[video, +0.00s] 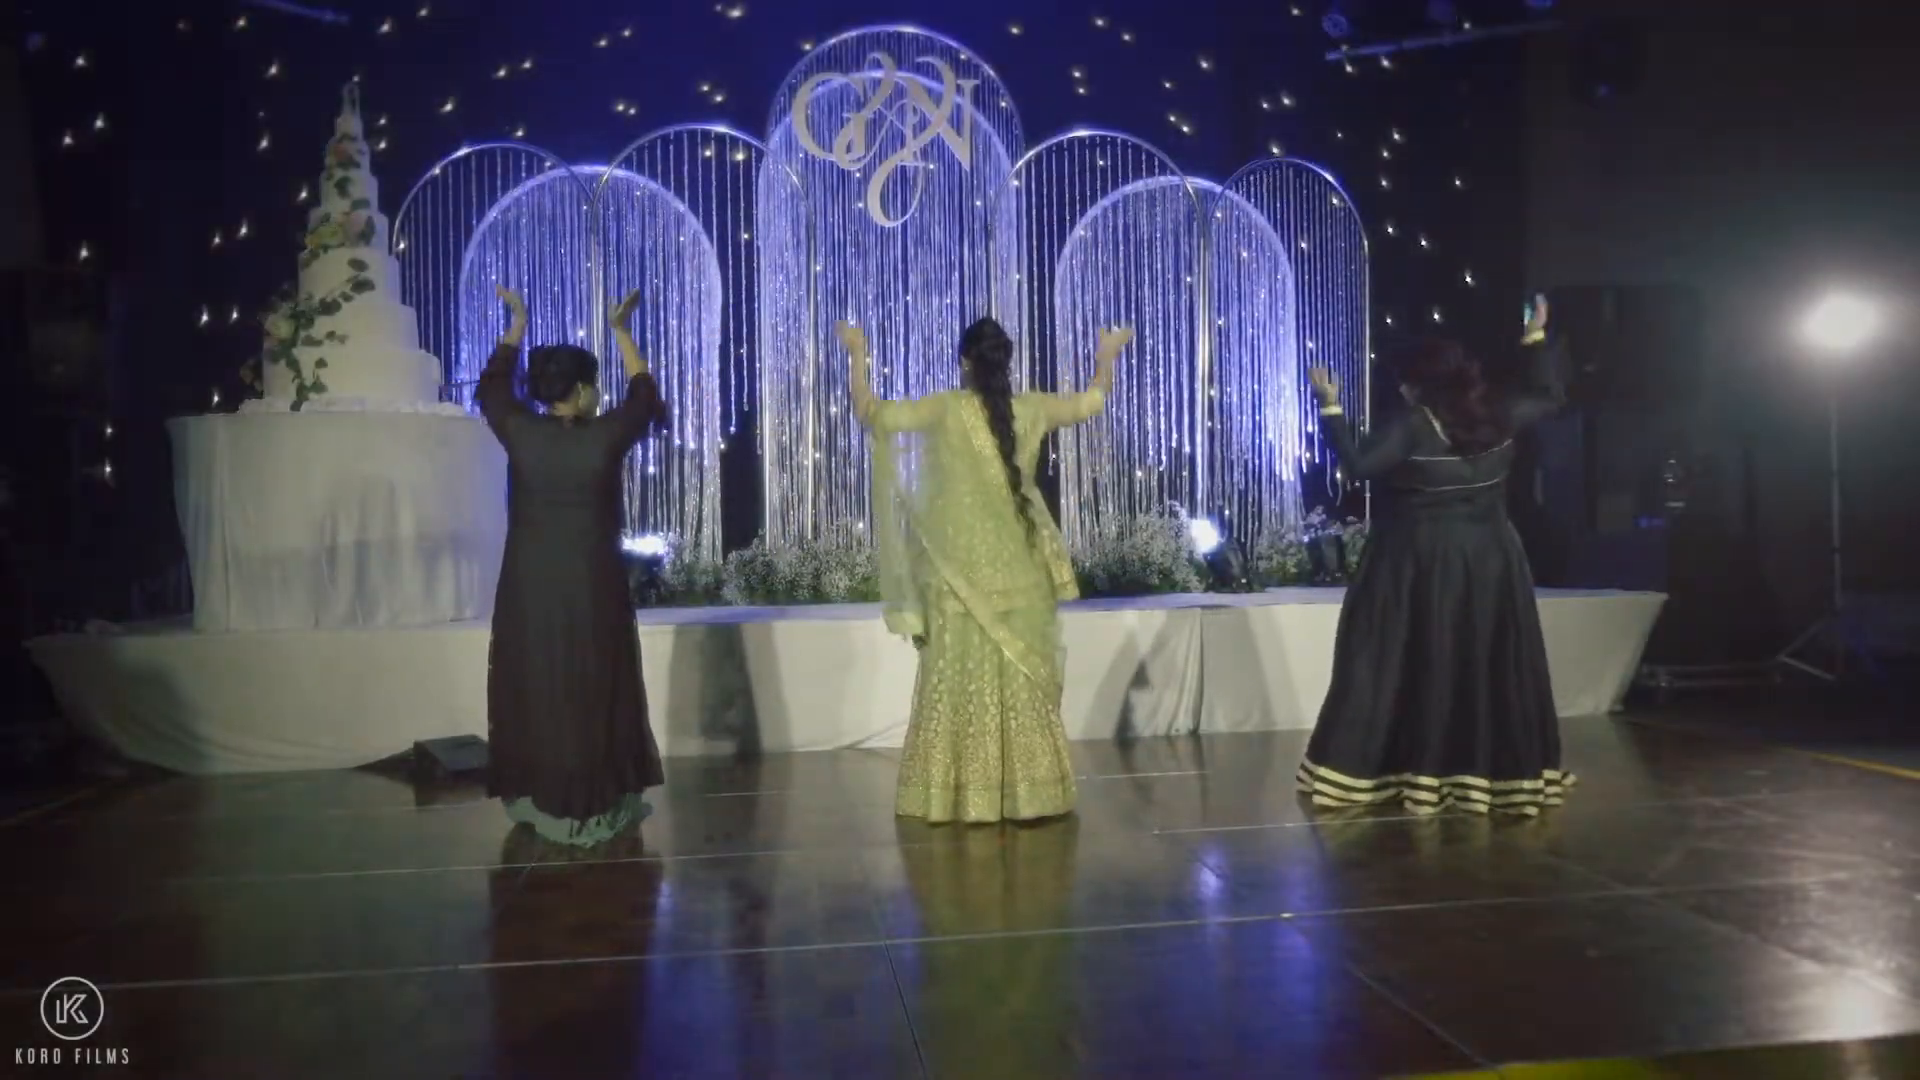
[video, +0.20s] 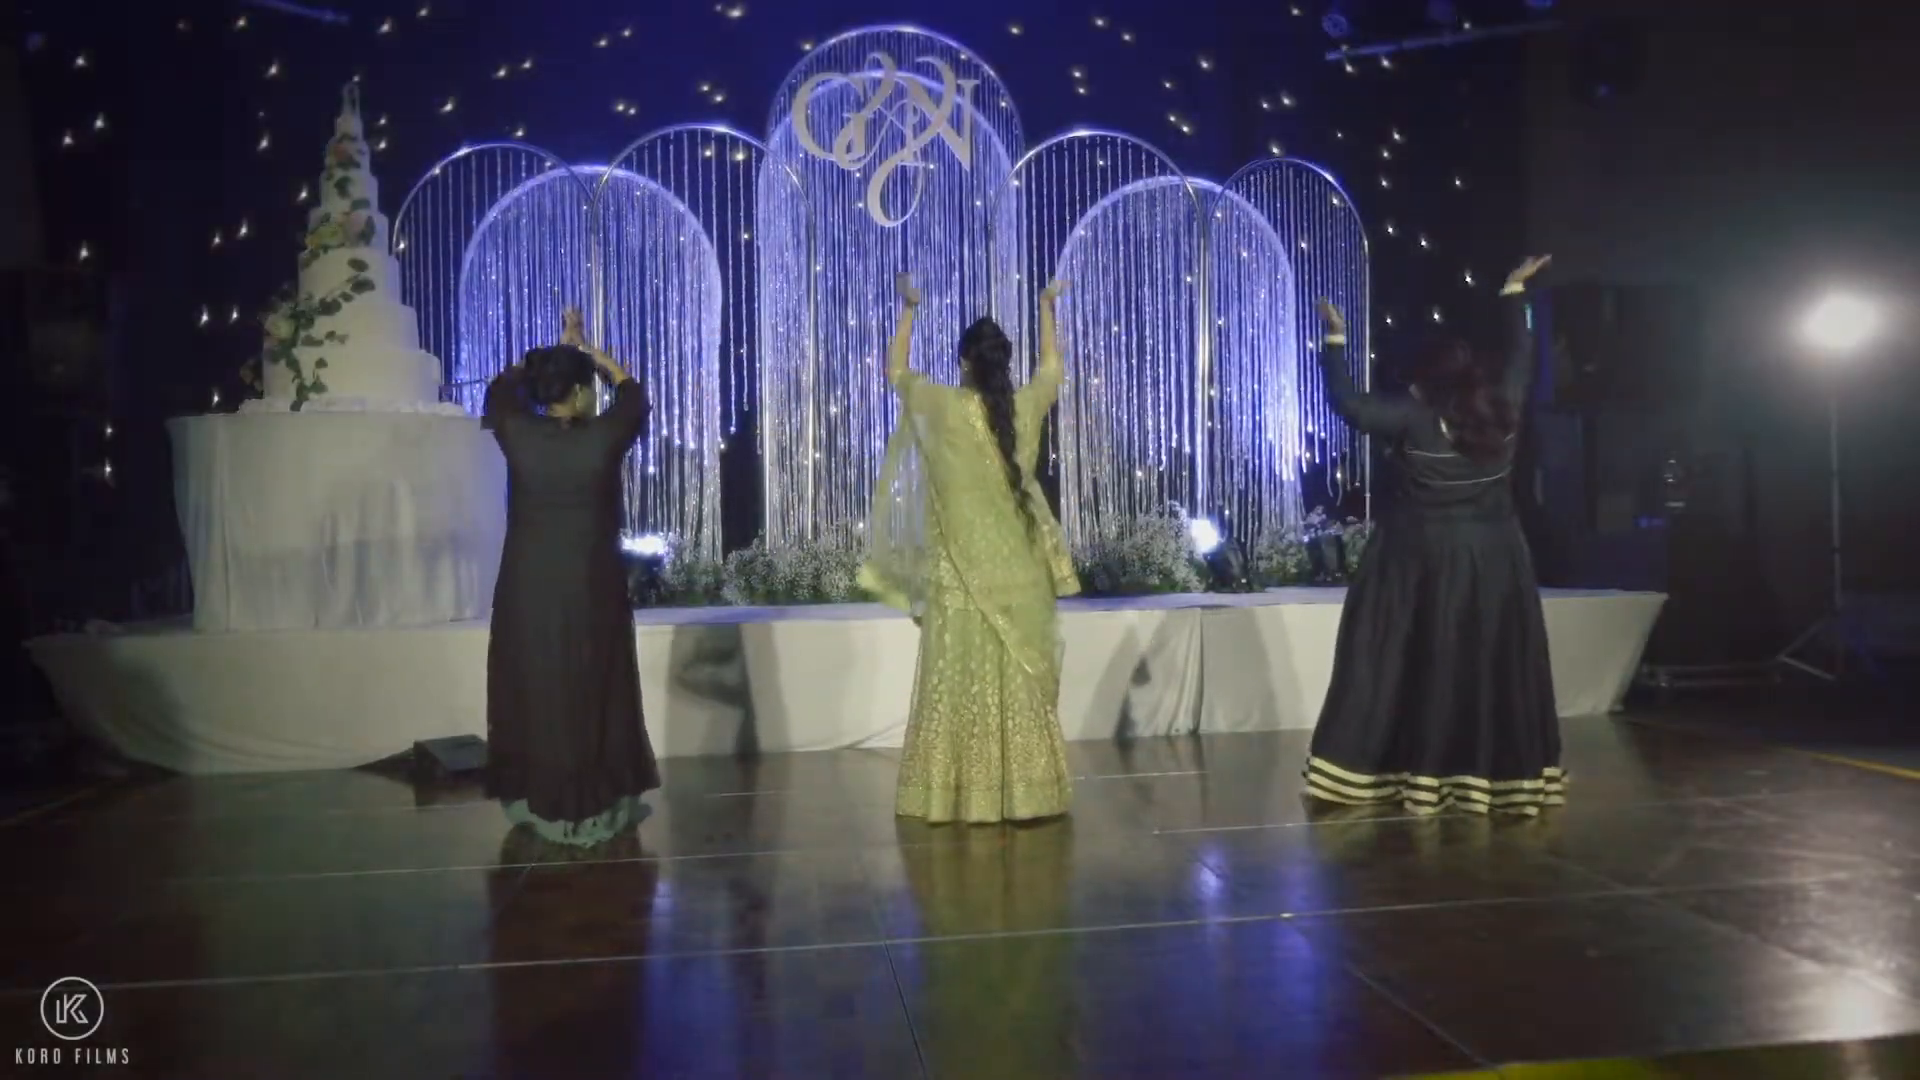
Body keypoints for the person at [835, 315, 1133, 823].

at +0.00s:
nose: (962, 364)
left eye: (962, 357)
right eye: (972, 356)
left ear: (964, 362)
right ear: (1007, 361)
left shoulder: (944, 408)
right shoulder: (1033, 408)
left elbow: (870, 413)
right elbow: (1093, 402)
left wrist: (857, 354)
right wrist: (1108, 355)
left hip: (960, 565)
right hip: (1022, 565)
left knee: (963, 684)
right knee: (1025, 681)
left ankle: (966, 796)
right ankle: (1028, 796)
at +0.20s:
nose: (968, 360)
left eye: (965, 353)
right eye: (984, 353)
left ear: (963, 362)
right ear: (1007, 364)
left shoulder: (938, 404)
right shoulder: (1025, 407)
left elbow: (896, 371)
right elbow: (1053, 365)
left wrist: (907, 311)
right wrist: (1048, 306)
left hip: (962, 564)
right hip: (1022, 561)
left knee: (961, 682)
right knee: (1024, 681)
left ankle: (962, 796)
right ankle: (1027, 795)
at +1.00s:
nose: (959, 366)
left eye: (960, 358)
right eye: (968, 358)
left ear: (962, 363)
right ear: (1005, 362)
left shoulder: (942, 407)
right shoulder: (1029, 408)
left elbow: (875, 430)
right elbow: (1089, 407)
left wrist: (879, 386)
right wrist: (1075, 362)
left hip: (958, 568)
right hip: (1018, 567)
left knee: (958, 685)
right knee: (1022, 681)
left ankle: (962, 795)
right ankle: (1025, 795)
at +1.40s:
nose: (954, 368)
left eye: (954, 361)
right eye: (957, 361)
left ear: (960, 363)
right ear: (999, 360)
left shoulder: (947, 409)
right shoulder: (1028, 412)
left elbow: (896, 456)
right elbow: (1089, 448)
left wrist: (850, 403)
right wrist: (1123, 418)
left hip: (965, 577)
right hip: (1026, 576)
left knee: (964, 691)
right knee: (1027, 688)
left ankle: (966, 797)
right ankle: (1028, 797)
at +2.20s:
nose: (943, 378)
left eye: (945, 370)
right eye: (944, 370)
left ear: (959, 369)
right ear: (988, 367)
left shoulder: (946, 412)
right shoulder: (1024, 416)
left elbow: (908, 462)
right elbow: (1069, 468)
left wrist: (844, 442)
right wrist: (1110, 469)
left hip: (966, 573)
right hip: (1026, 572)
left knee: (968, 686)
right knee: (1029, 683)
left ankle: (970, 796)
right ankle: (1028, 795)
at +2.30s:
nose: (940, 377)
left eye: (942, 369)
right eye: (941, 369)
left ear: (957, 368)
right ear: (985, 367)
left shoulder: (945, 411)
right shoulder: (1018, 416)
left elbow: (919, 469)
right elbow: (1056, 483)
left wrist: (857, 460)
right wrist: (1068, 503)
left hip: (968, 573)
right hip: (1025, 571)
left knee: (967, 686)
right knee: (1028, 682)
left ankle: (971, 795)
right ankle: (1029, 794)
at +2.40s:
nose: (931, 376)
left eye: (934, 368)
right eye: (931, 368)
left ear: (955, 366)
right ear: (970, 366)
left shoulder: (948, 409)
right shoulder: (995, 413)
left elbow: (933, 469)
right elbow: (1031, 486)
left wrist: (869, 469)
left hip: (969, 570)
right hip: (1013, 566)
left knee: (967, 681)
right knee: (1012, 681)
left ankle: (966, 795)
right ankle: (1014, 795)